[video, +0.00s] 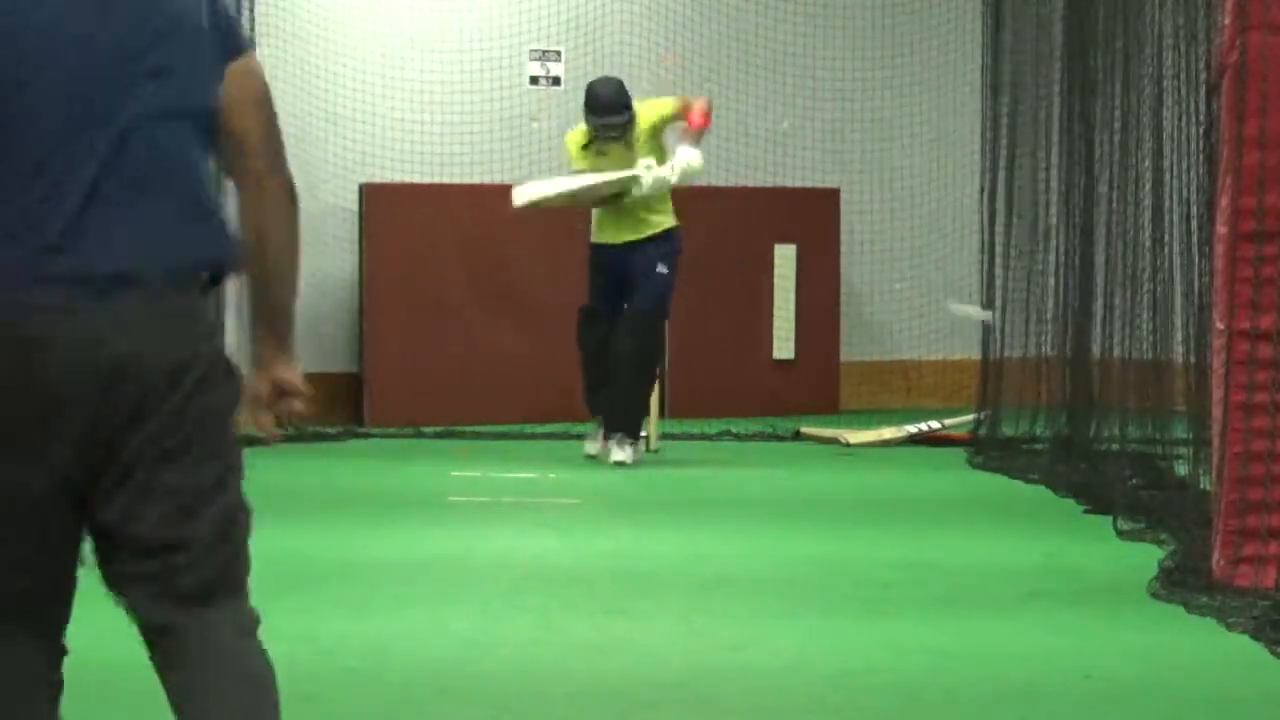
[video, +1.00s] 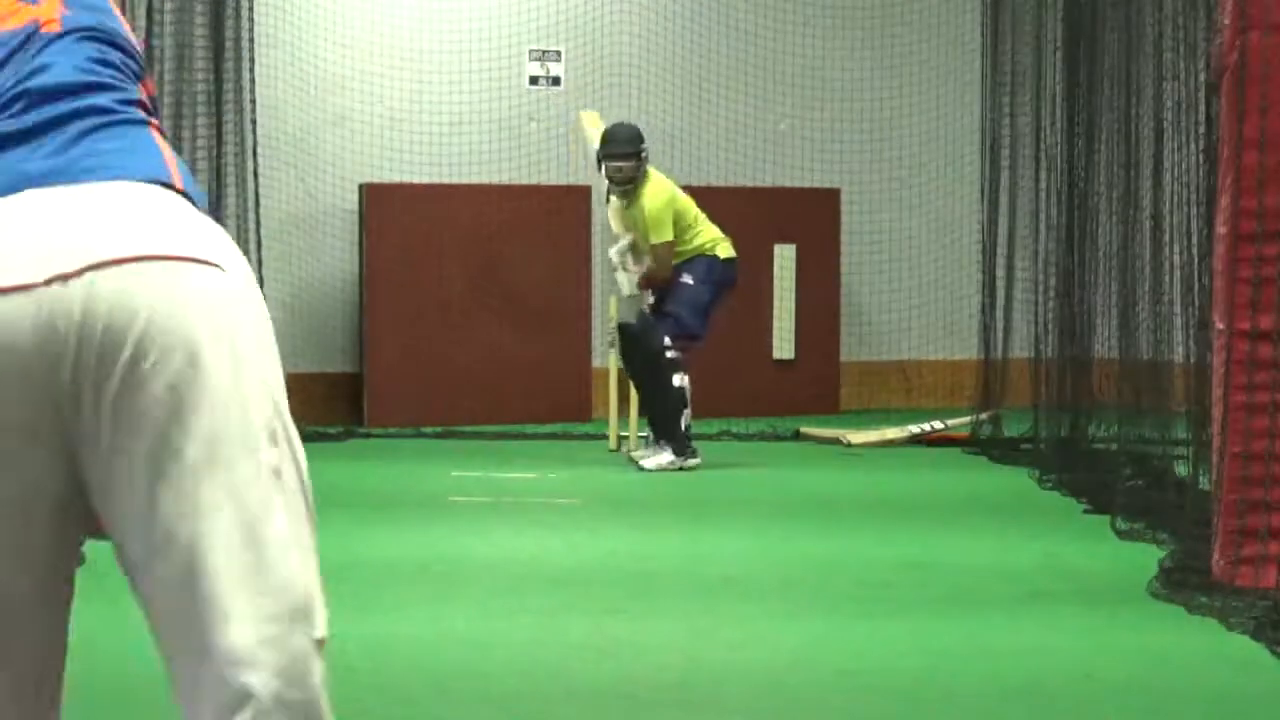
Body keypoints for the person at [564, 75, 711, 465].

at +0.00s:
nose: (611, 138)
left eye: (618, 130)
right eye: (603, 131)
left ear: (630, 116)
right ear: (589, 121)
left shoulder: (648, 117)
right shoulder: (577, 142)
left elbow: (697, 105)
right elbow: (583, 194)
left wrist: (690, 141)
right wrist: (631, 183)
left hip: (654, 237)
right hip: (607, 241)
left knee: (638, 332)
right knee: (598, 329)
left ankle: (626, 433)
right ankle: (604, 421)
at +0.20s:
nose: (629, 150)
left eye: (633, 143)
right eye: (620, 146)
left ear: (640, 132)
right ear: (601, 138)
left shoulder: (650, 147)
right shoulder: (579, 147)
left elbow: (696, 183)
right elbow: (560, 195)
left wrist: (672, 205)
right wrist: (605, 196)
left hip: (643, 259)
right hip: (593, 260)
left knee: (636, 340)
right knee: (586, 343)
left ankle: (622, 437)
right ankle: (579, 428)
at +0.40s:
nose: (632, 146)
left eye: (636, 139)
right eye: (624, 141)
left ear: (642, 132)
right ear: (604, 136)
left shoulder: (651, 148)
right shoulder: (578, 147)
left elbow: (694, 188)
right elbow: (559, 195)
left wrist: (671, 206)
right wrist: (607, 194)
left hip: (639, 259)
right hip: (588, 261)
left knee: (633, 339)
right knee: (570, 345)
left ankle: (623, 440)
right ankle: (569, 421)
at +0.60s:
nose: (622, 136)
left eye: (628, 129)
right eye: (614, 130)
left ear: (638, 122)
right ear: (594, 121)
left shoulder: (647, 140)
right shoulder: (573, 142)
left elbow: (687, 182)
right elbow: (558, 195)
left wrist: (671, 204)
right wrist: (606, 198)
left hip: (632, 255)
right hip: (581, 253)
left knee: (627, 339)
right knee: (566, 333)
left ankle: (622, 437)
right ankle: (555, 433)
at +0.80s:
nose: (627, 128)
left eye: (630, 121)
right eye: (620, 121)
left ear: (631, 119)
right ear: (596, 116)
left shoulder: (637, 145)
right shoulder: (565, 147)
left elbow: (662, 189)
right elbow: (557, 210)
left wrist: (661, 214)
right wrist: (608, 216)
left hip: (626, 261)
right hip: (576, 261)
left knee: (634, 342)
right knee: (568, 345)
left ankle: (623, 427)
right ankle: (551, 443)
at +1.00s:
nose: (620, 169)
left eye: (627, 160)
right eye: (612, 161)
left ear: (641, 160)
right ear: (602, 163)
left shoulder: (654, 198)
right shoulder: (620, 188)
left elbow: (663, 269)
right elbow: (633, 225)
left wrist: (642, 281)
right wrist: (628, 248)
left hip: (709, 257)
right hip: (681, 260)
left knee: (664, 342)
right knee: (642, 340)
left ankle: (679, 448)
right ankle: (664, 440)